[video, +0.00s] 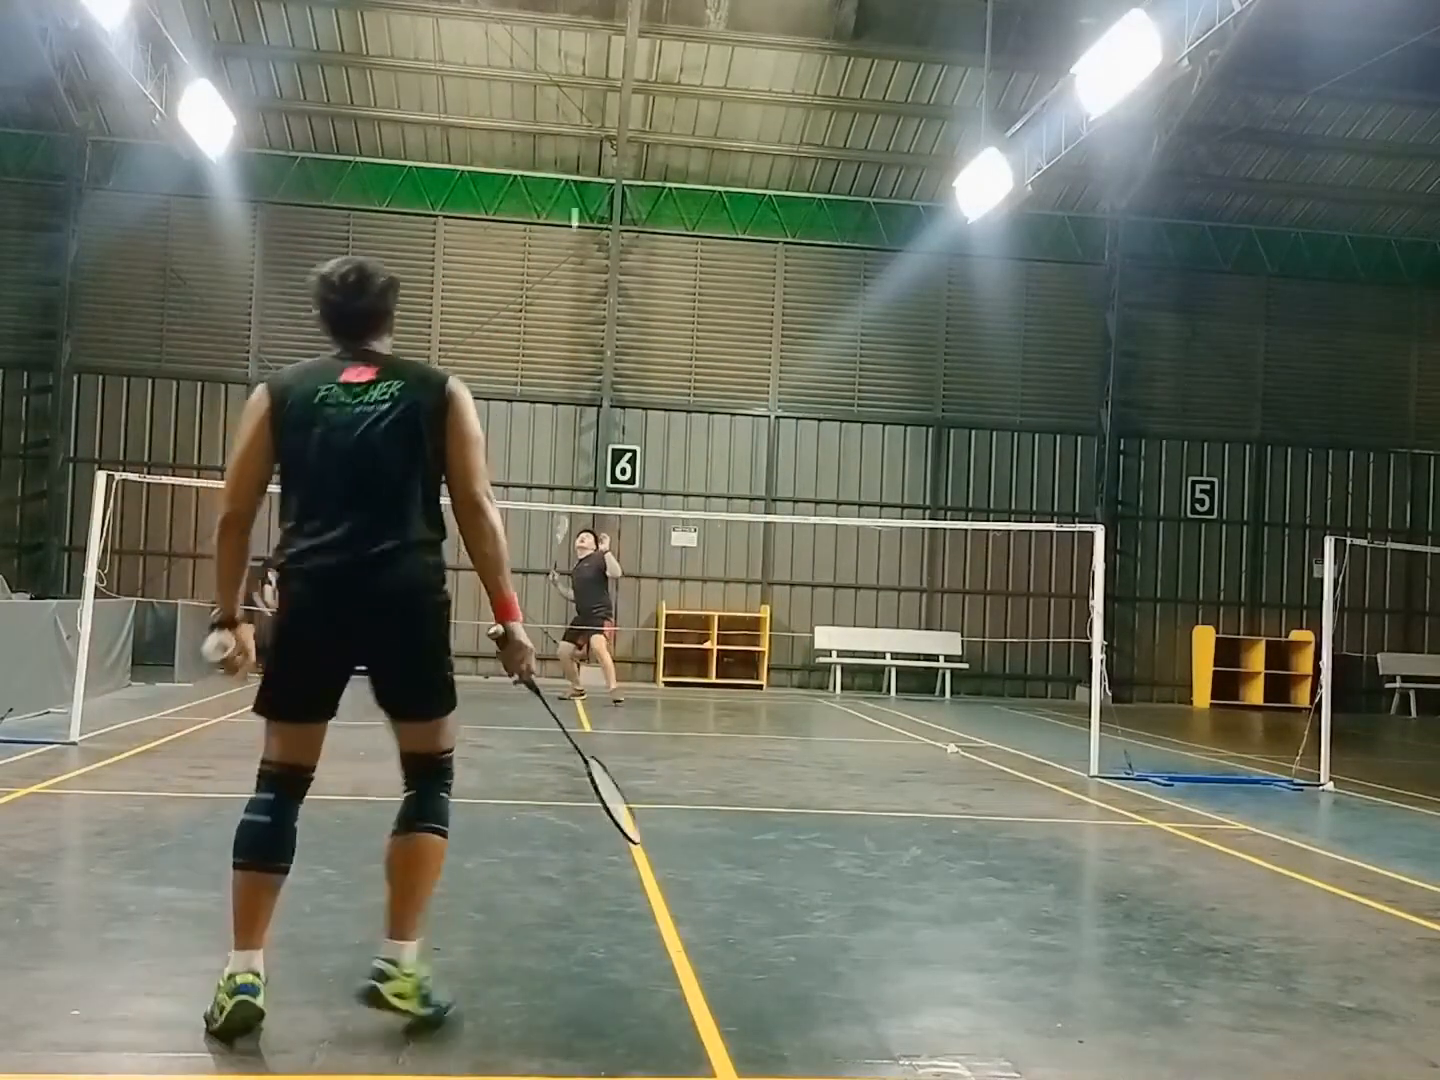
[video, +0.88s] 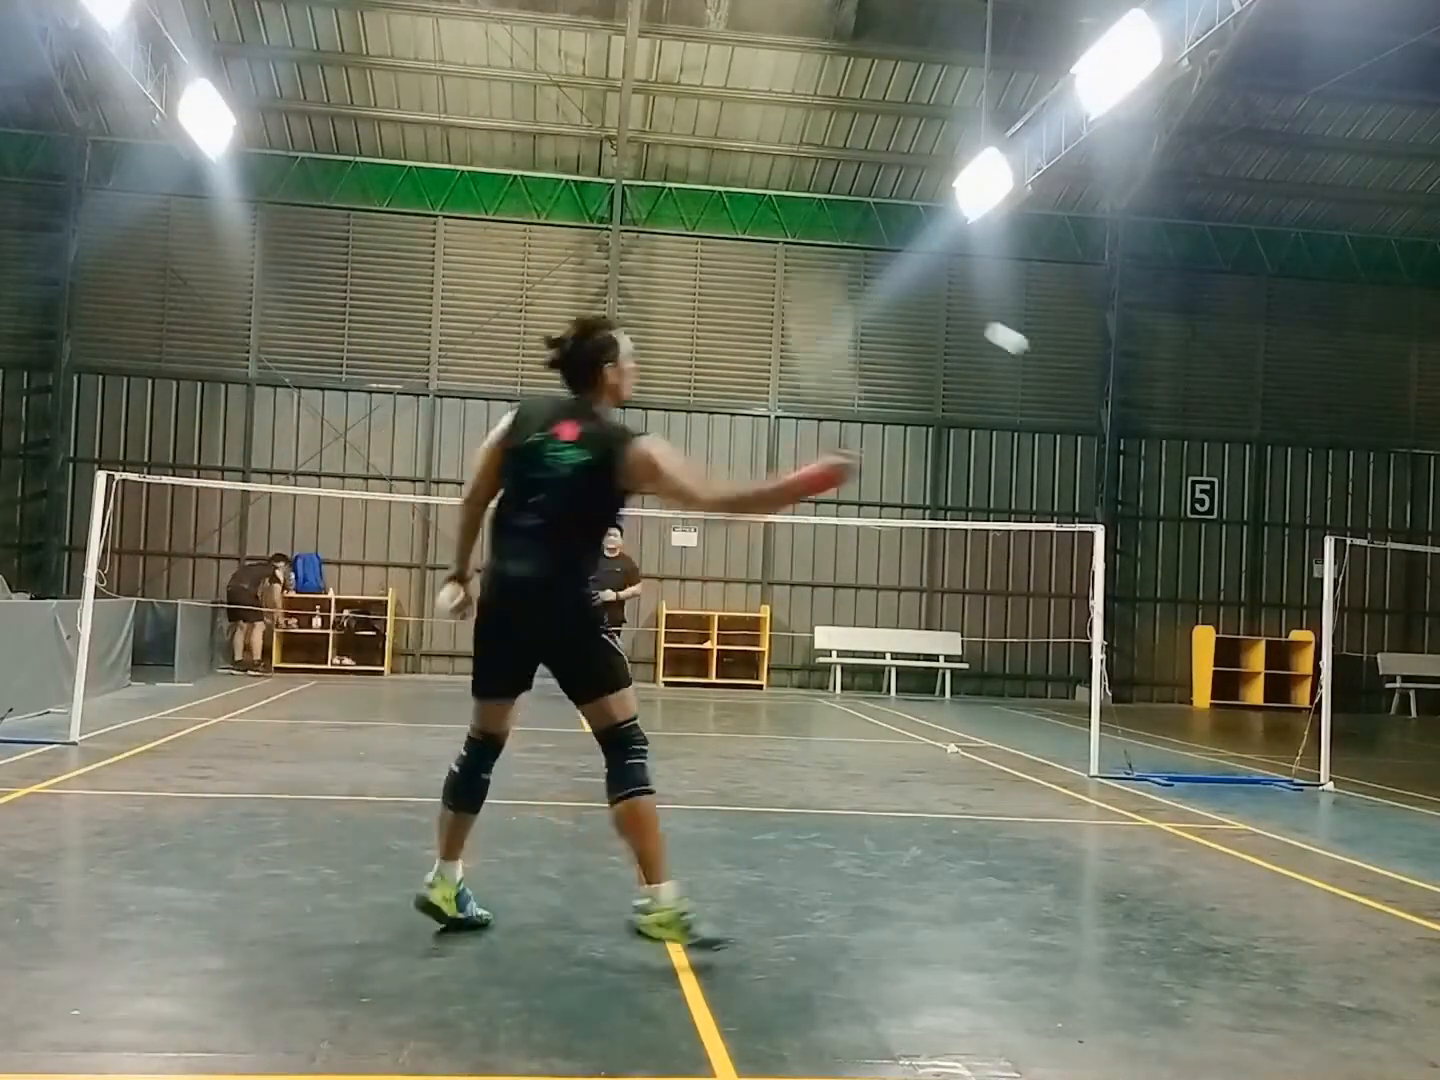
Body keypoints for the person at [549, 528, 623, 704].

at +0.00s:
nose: (582, 540)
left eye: (587, 538)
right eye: (579, 538)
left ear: (595, 544)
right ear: (575, 544)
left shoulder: (600, 557)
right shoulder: (577, 568)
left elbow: (616, 573)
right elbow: (574, 596)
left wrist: (606, 551)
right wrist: (557, 583)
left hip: (600, 612)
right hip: (582, 614)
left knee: (597, 645)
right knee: (564, 652)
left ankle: (613, 688)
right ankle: (577, 688)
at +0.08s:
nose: (587, 536)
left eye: (592, 533)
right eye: (585, 533)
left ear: (599, 540)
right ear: (580, 539)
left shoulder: (604, 553)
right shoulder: (580, 563)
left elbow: (619, 568)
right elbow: (572, 590)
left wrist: (614, 547)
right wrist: (564, 571)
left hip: (598, 609)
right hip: (581, 611)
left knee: (597, 646)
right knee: (565, 649)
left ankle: (613, 679)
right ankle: (577, 687)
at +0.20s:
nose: (595, 530)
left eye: (600, 527)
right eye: (594, 527)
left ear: (610, 534)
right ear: (590, 532)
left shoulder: (611, 550)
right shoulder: (581, 554)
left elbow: (626, 566)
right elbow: (563, 565)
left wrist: (624, 544)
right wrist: (570, 549)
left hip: (599, 603)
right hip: (579, 602)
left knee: (601, 644)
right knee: (574, 645)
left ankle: (611, 673)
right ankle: (577, 685)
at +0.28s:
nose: (608, 536)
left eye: (611, 534)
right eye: (607, 533)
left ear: (615, 535)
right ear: (602, 532)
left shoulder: (616, 550)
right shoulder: (586, 546)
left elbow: (627, 561)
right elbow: (566, 540)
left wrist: (623, 539)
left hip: (602, 599)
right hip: (581, 597)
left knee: (606, 640)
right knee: (574, 641)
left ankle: (612, 668)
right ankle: (574, 681)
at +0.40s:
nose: (621, 535)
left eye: (623, 533)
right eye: (617, 532)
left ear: (628, 540)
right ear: (609, 533)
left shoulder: (625, 558)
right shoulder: (595, 546)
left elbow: (617, 557)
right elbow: (583, 529)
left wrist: (605, 537)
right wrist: (576, 511)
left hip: (607, 603)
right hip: (587, 600)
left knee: (608, 644)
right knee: (575, 638)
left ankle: (609, 680)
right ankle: (571, 677)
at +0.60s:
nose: (619, 544)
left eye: (623, 541)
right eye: (615, 540)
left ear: (628, 547)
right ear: (609, 544)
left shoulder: (629, 567)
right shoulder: (600, 562)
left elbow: (635, 585)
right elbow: (589, 584)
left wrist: (614, 575)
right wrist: (591, 607)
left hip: (614, 612)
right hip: (593, 609)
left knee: (611, 650)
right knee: (572, 636)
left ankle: (605, 685)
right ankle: (549, 666)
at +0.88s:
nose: (612, 538)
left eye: (615, 535)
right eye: (608, 534)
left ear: (621, 540)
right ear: (602, 538)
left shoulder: (627, 562)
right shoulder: (593, 559)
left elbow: (637, 589)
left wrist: (614, 595)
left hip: (613, 620)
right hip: (590, 619)